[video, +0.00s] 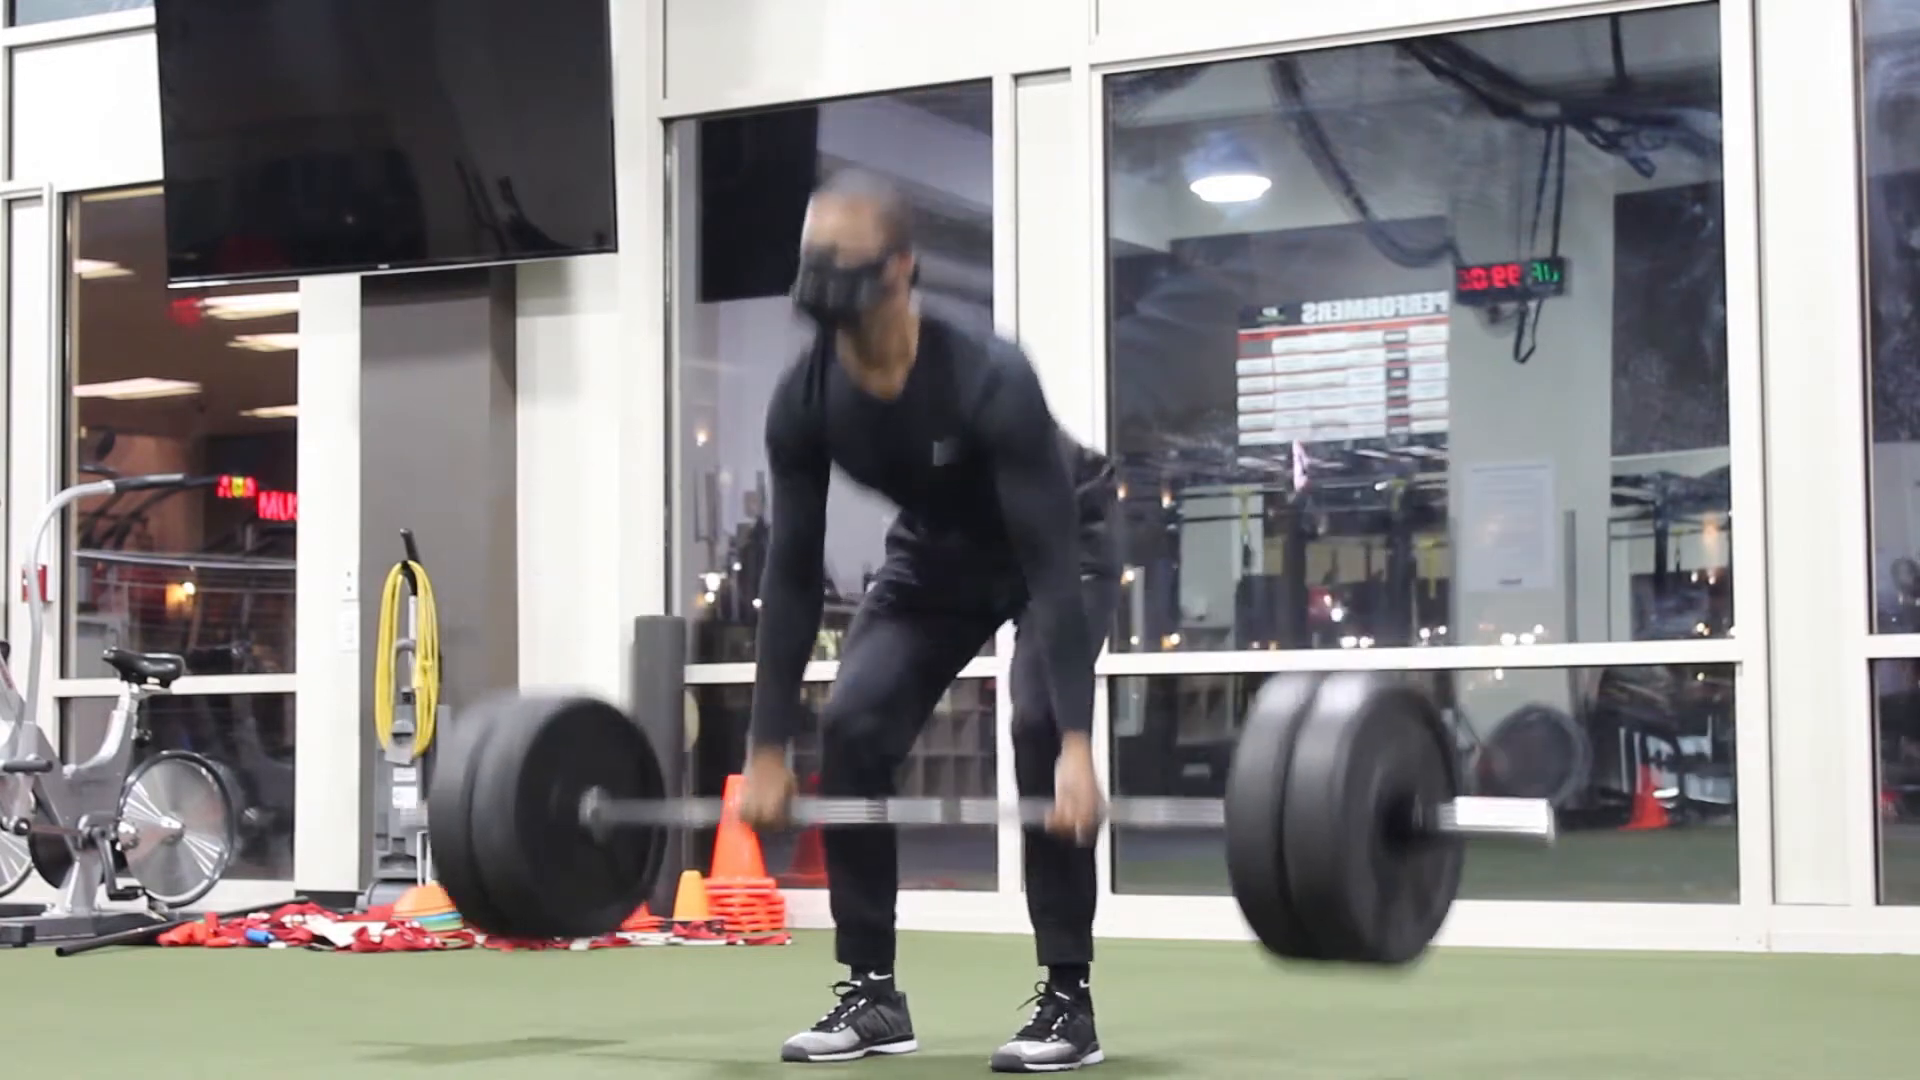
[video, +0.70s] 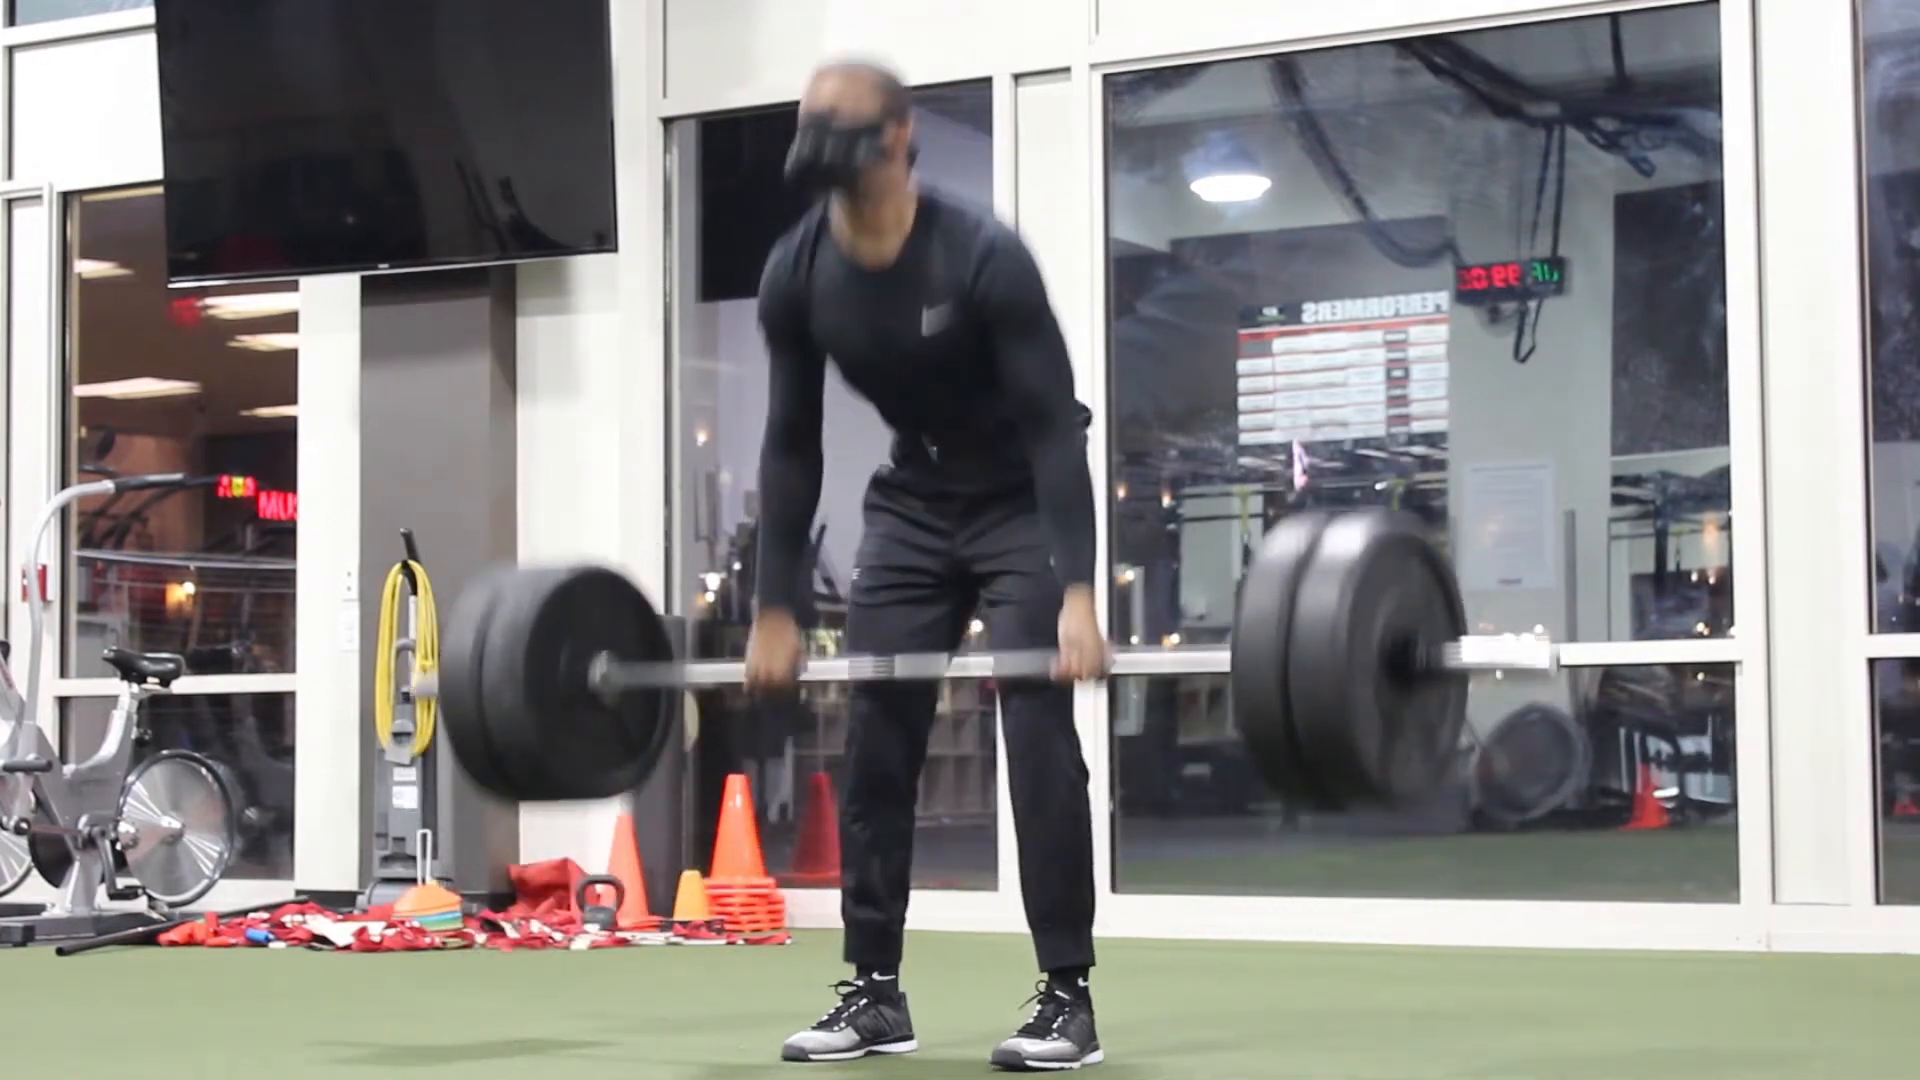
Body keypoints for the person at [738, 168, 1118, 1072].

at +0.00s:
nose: (817, 274)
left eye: (841, 259)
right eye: (810, 256)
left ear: (901, 271)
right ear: (799, 258)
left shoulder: (991, 377)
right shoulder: (804, 402)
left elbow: (1054, 567)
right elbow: (793, 578)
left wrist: (1075, 742)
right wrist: (766, 749)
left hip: (1051, 530)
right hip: (939, 544)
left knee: (1041, 729)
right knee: (852, 728)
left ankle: (1065, 1002)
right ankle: (872, 996)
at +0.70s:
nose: (813, 148)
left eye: (838, 130)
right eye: (806, 129)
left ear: (899, 138)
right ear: (799, 138)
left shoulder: (987, 258)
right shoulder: (796, 273)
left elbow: (1056, 424)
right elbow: (789, 443)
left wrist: (1078, 585)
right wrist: (775, 604)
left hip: (1026, 497)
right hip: (911, 499)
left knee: (1034, 719)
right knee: (878, 728)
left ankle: (1066, 995)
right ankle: (874, 991)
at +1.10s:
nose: (870, 54)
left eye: (894, 38)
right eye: (859, 38)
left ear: (942, 63)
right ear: (843, 66)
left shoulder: (1010, 197)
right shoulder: (825, 212)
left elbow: (1050, 382)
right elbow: (802, 392)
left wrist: (1069, 544)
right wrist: (768, 553)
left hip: (1015, 483)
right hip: (899, 482)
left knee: (1023, 725)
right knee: (868, 723)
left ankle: (1062, 999)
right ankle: (871, 995)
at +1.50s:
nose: (804, 381)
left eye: (828, 364)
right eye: (796, 361)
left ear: (885, 367)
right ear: (786, 359)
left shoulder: (978, 457)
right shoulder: (788, 486)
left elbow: (1048, 651)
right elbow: (781, 658)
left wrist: (1075, 831)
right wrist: (764, 830)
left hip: (1052, 554)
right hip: (936, 575)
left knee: (1008, 731)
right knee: (832, 735)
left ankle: (1062, 1002)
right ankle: (871, 998)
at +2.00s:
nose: (806, 206)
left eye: (830, 190)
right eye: (799, 187)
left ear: (889, 197)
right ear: (788, 191)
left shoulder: (980, 308)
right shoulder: (789, 328)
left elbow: (1051, 479)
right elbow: (785, 497)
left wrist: (1082, 656)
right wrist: (775, 665)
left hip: (1034, 502)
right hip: (919, 509)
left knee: (1041, 733)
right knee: (868, 725)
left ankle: (1065, 998)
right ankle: (873, 992)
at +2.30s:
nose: (894, 18)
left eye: (917, 8)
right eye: (879, 10)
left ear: (956, 34)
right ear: (856, 37)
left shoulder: (1019, 154)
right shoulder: (828, 175)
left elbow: (1064, 330)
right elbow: (813, 347)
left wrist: (1086, 495)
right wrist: (779, 505)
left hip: (1005, 440)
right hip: (884, 444)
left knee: (1027, 719)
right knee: (883, 733)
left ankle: (1065, 996)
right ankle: (877, 991)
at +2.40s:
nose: (903, 19)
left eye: (928, 9)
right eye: (890, 10)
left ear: (966, 37)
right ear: (868, 37)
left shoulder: (1026, 162)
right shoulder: (836, 181)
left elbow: (1059, 340)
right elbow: (816, 357)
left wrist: (1083, 503)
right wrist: (780, 513)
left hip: (1007, 456)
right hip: (883, 458)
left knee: (1021, 727)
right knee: (879, 739)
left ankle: (1064, 998)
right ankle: (877, 992)